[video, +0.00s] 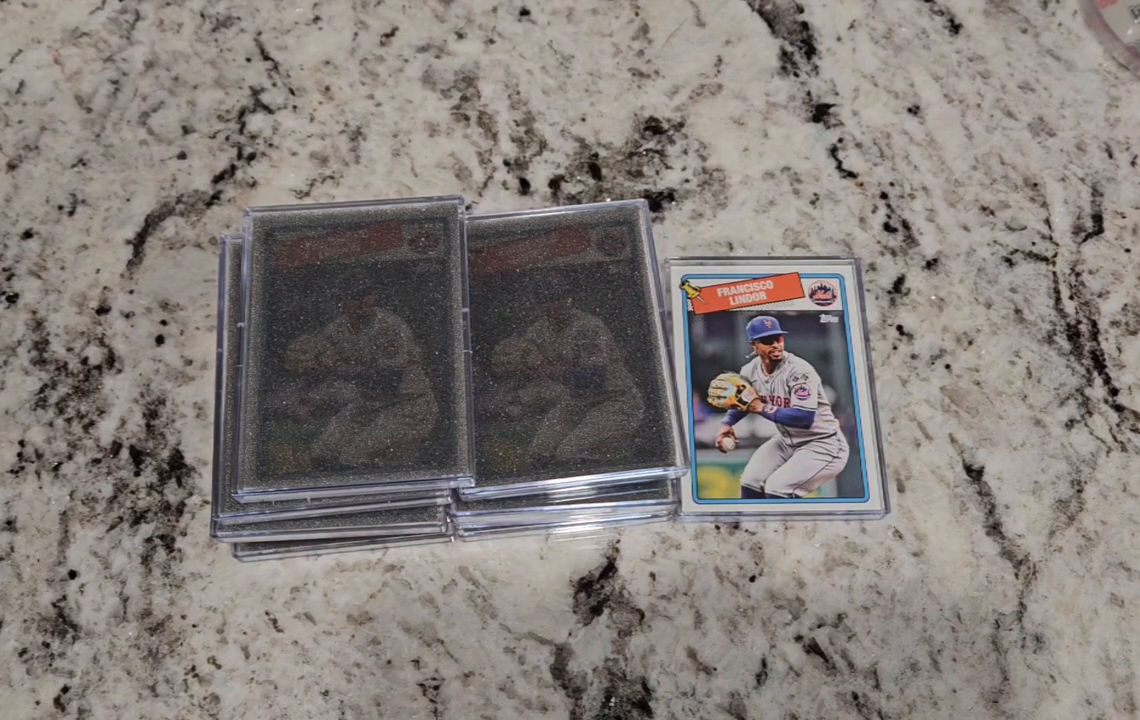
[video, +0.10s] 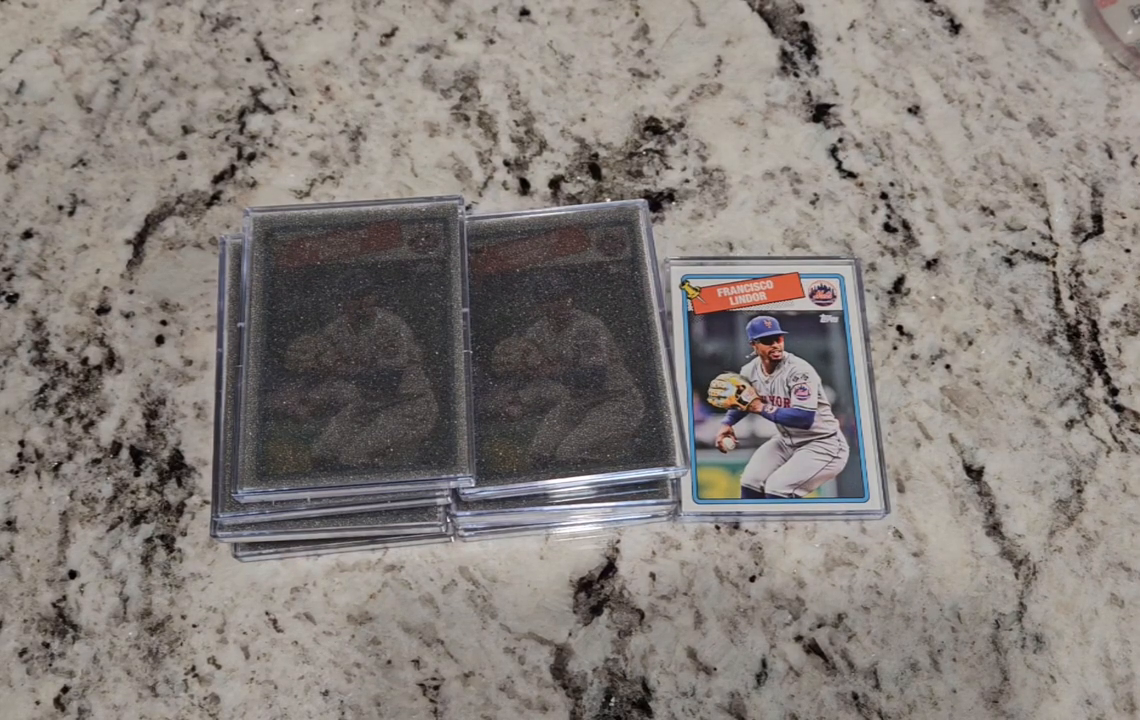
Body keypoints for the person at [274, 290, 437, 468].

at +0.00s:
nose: (363, 303)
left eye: (367, 296)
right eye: (356, 297)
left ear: (374, 298)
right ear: (345, 303)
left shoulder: (392, 327)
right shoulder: (336, 332)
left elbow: (390, 380)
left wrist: (341, 370)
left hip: (412, 406)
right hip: (368, 404)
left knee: (356, 452)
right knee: (323, 450)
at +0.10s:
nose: (362, 303)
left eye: (366, 296)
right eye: (355, 297)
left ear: (375, 298)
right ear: (344, 302)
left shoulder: (392, 326)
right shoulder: (337, 331)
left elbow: (391, 379)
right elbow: (298, 353)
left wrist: (344, 371)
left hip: (413, 406)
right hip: (369, 405)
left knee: (358, 449)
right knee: (326, 446)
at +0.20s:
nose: (362, 304)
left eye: (366, 297)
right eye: (355, 298)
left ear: (375, 298)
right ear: (344, 303)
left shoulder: (393, 327)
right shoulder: (337, 331)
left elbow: (390, 381)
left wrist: (343, 370)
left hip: (412, 405)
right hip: (369, 403)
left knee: (355, 453)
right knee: (324, 450)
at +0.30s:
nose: (362, 302)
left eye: (367, 295)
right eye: (355, 297)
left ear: (375, 297)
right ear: (344, 302)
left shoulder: (392, 327)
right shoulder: (335, 332)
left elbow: (391, 380)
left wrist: (345, 371)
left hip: (412, 405)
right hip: (368, 404)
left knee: (354, 455)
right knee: (323, 451)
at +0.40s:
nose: (363, 302)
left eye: (367, 295)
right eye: (356, 297)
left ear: (375, 297)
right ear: (344, 302)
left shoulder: (392, 326)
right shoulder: (337, 331)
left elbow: (393, 375)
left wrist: (348, 370)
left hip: (413, 404)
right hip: (369, 403)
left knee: (356, 454)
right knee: (324, 450)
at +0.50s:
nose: (363, 302)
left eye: (367, 295)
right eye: (356, 297)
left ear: (375, 297)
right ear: (343, 303)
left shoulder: (393, 327)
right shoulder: (335, 332)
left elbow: (391, 379)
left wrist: (346, 370)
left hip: (412, 405)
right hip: (368, 403)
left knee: (354, 455)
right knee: (323, 451)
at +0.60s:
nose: (363, 302)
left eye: (367, 295)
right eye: (355, 297)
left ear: (375, 297)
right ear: (343, 303)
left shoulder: (393, 327)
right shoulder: (335, 332)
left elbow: (390, 380)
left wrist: (345, 371)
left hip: (412, 406)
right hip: (368, 404)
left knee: (354, 455)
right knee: (322, 451)